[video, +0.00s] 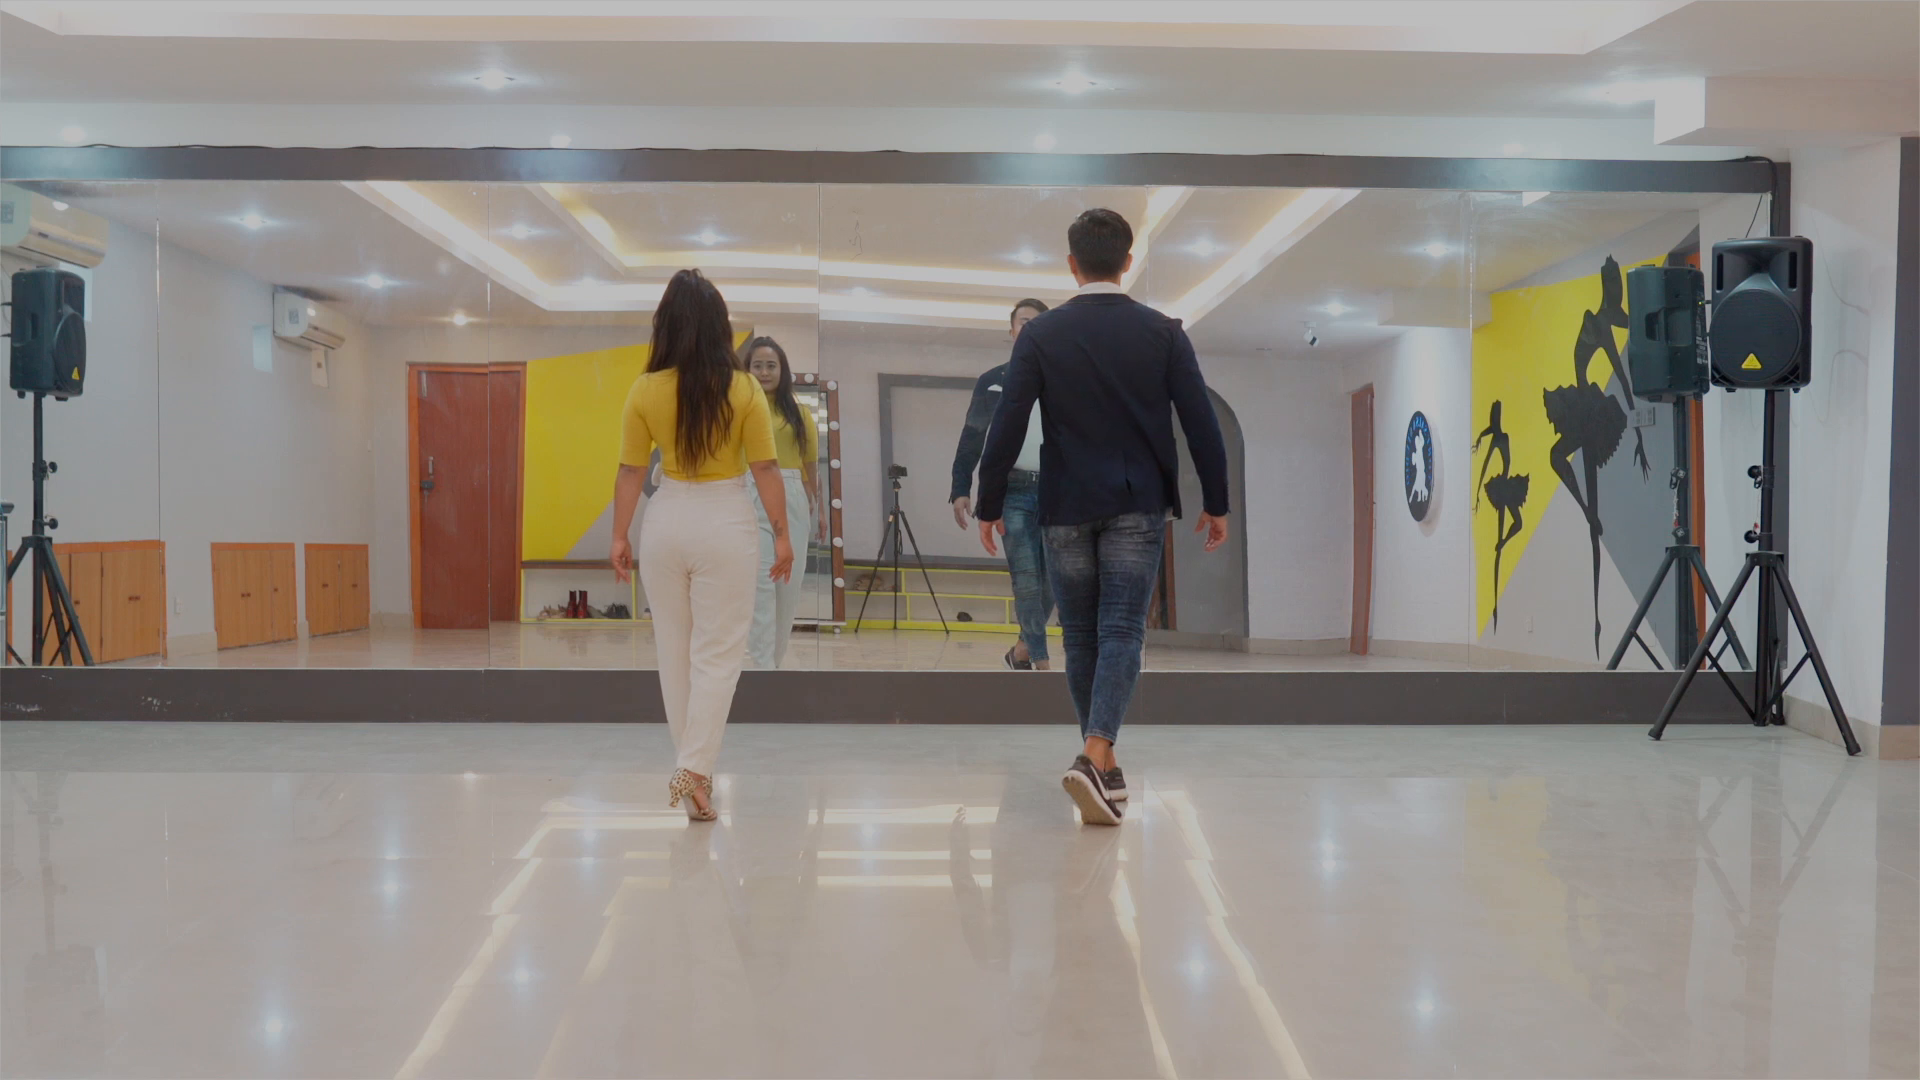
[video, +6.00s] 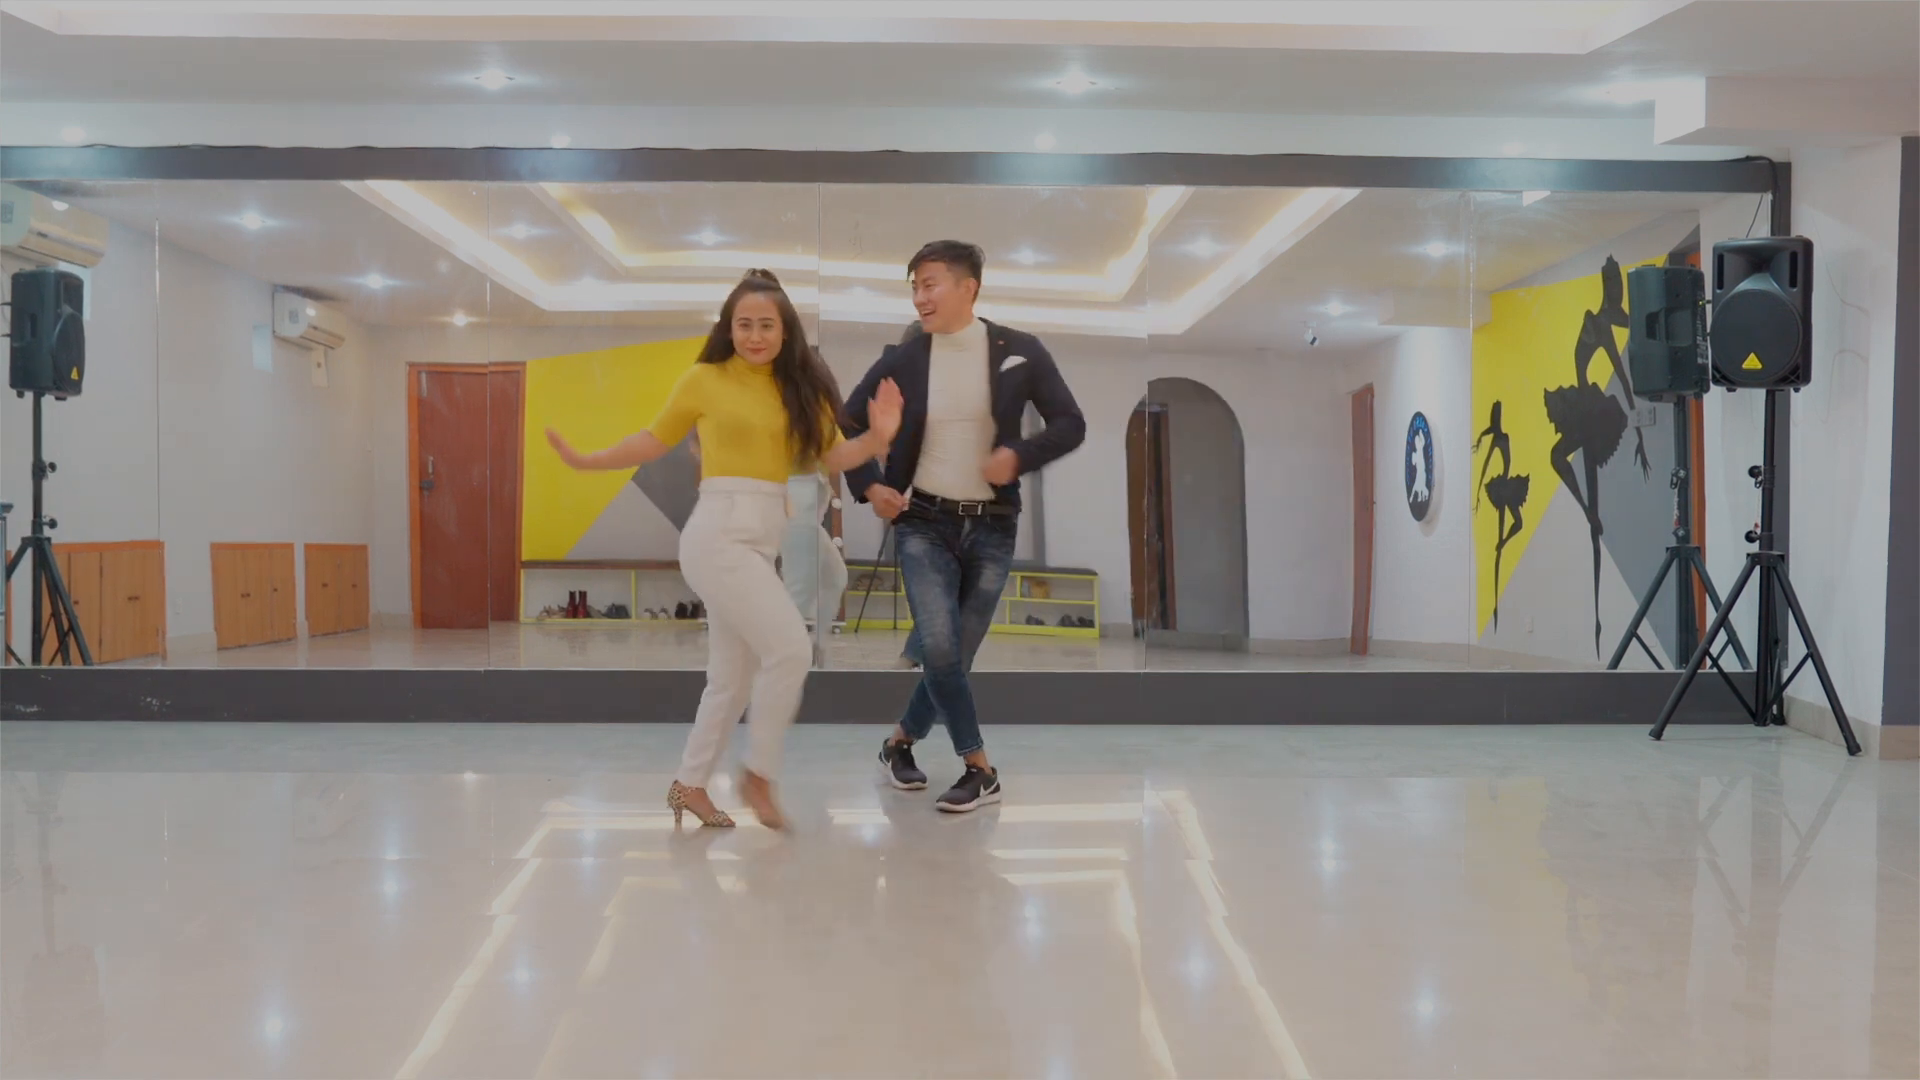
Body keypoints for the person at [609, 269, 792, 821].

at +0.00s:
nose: (730, 330)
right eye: (725, 321)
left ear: (665, 325)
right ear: (721, 324)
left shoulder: (646, 389)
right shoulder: (742, 387)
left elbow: (631, 470)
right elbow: (764, 467)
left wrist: (620, 534)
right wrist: (782, 533)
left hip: (664, 517)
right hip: (729, 519)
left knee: (673, 647)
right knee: (719, 652)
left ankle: (690, 768)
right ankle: (694, 768)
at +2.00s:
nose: (707, 342)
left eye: (719, 332)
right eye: (698, 331)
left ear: (737, 335)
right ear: (685, 334)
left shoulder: (750, 391)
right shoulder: (669, 384)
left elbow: (768, 461)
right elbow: (632, 454)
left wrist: (763, 510)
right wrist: (660, 513)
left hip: (739, 530)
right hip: (680, 526)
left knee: (728, 645)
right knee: (713, 629)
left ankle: (698, 759)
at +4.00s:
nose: (693, 434)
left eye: (690, 417)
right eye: (677, 435)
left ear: (707, 404)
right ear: (669, 448)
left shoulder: (767, 443)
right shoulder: (671, 479)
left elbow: (797, 509)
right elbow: (656, 542)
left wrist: (776, 573)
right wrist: (684, 593)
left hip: (739, 586)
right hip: (671, 582)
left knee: (777, 694)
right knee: (677, 679)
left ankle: (713, 785)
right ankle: (673, 804)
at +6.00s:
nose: (756, 335)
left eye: (767, 324)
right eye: (744, 323)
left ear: (786, 330)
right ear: (728, 327)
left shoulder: (798, 392)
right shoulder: (705, 380)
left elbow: (830, 458)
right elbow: (655, 440)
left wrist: (878, 437)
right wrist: (586, 461)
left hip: (766, 542)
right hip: (717, 536)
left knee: (730, 679)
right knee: (789, 648)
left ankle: (689, 783)